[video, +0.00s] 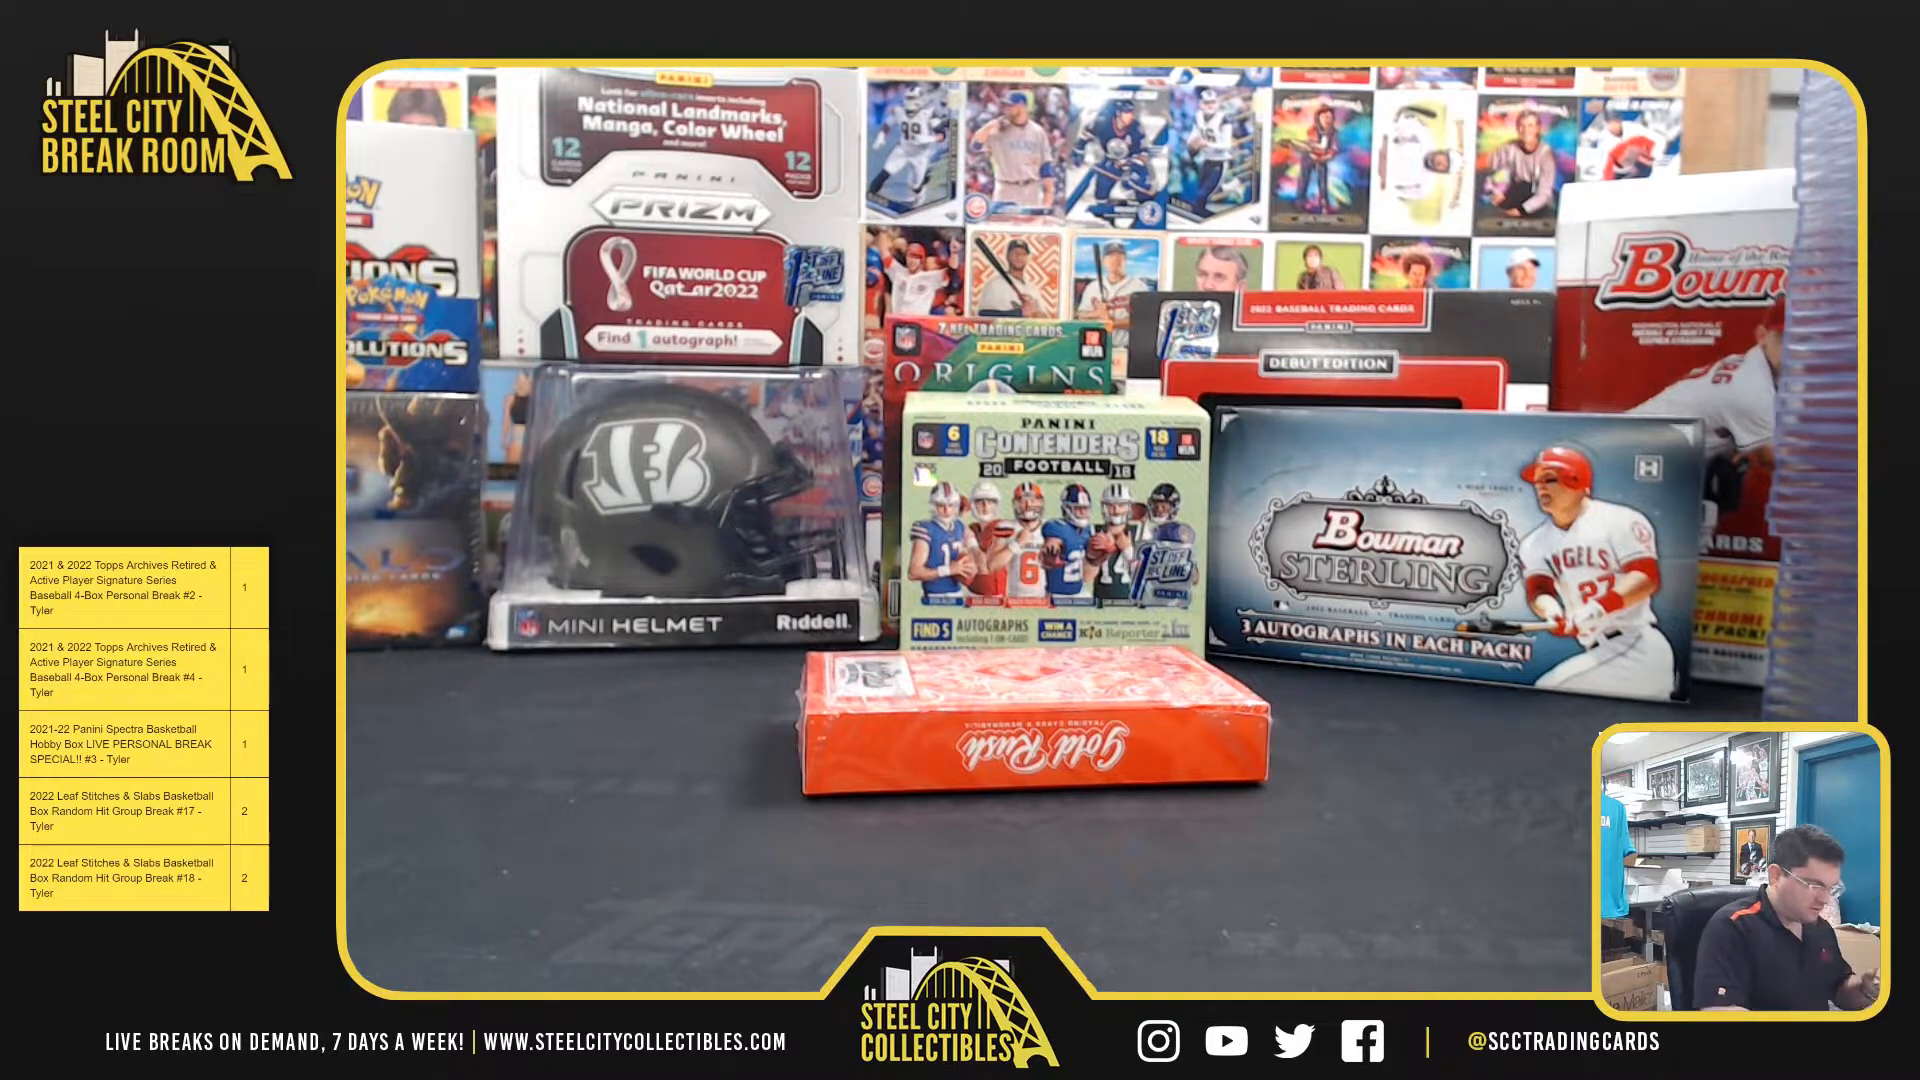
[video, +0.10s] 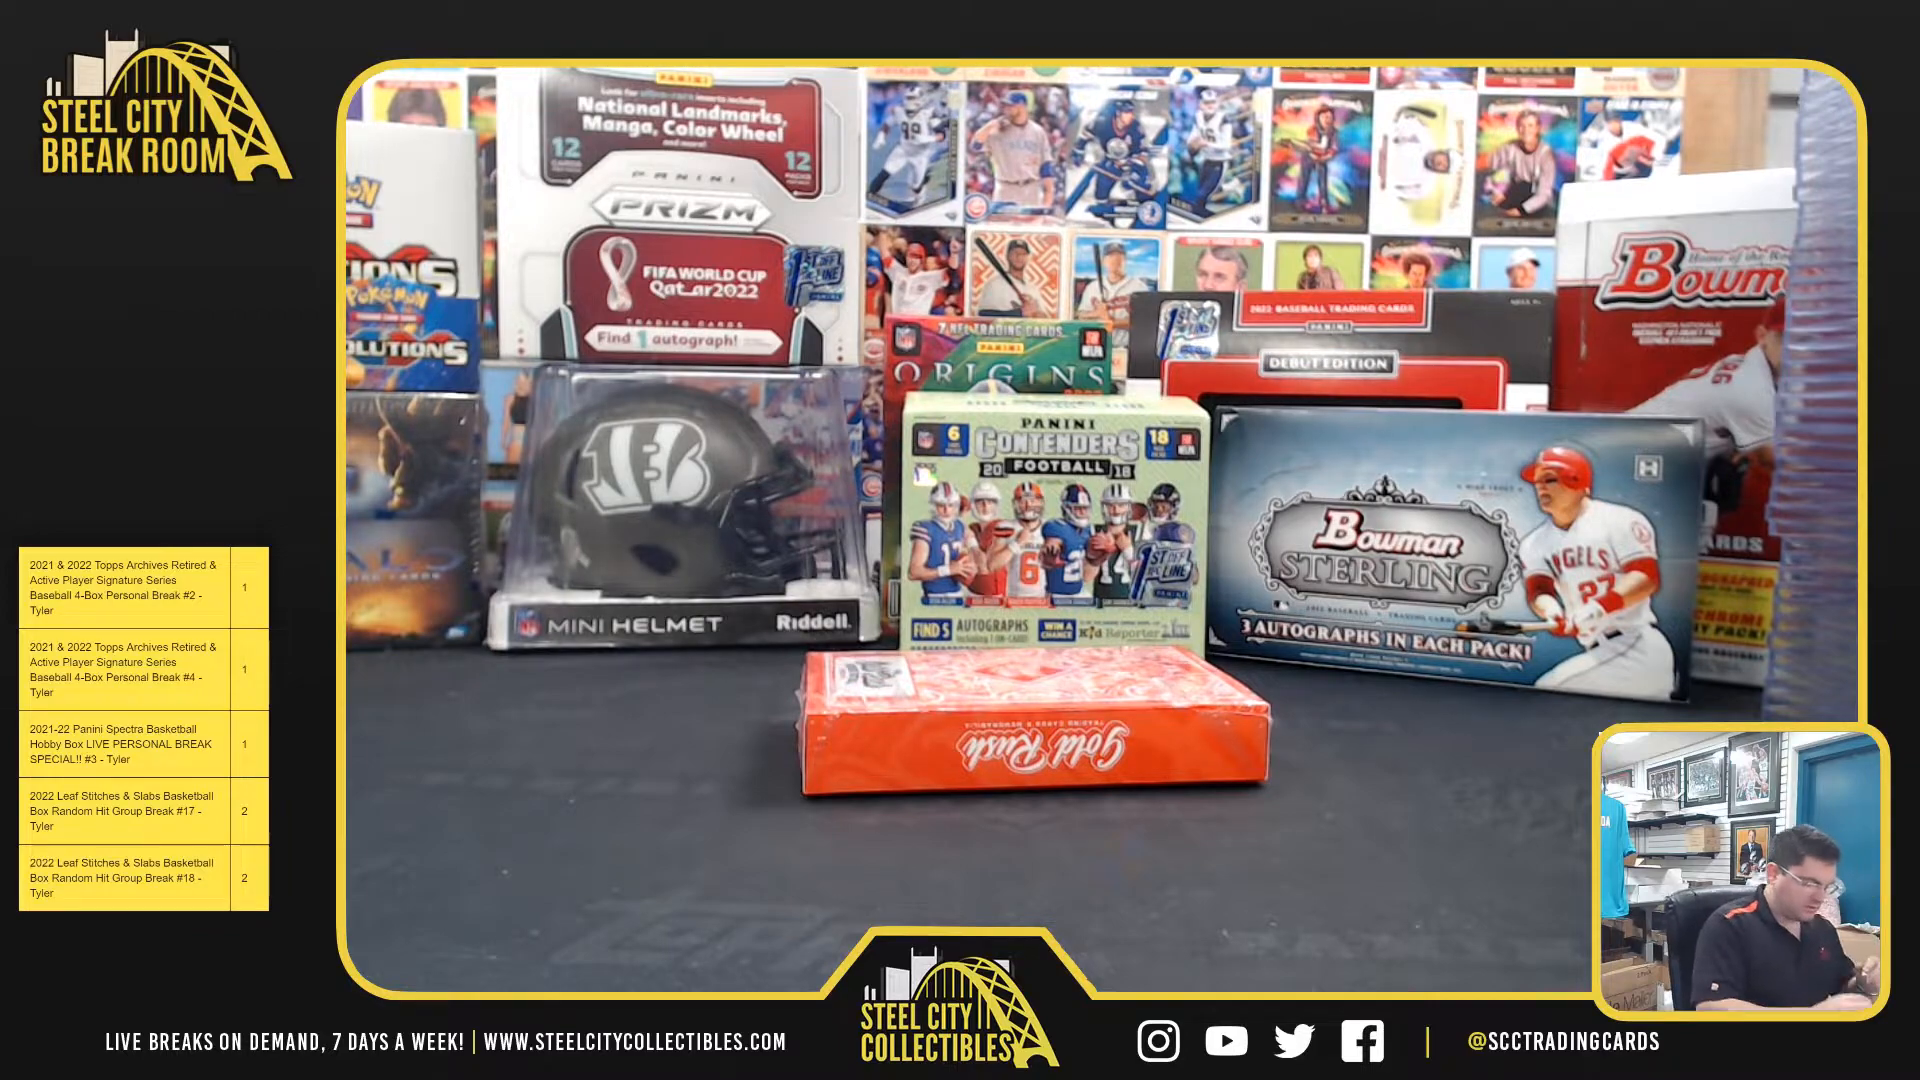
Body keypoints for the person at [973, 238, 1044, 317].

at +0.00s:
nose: (1019, 258)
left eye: (1023, 254)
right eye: (1016, 254)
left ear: (1028, 258)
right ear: (1008, 256)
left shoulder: (1032, 289)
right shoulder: (995, 285)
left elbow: (1044, 317)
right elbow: (985, 315)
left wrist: (1034, 311)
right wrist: (1020, 313)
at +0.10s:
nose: (1019, 258)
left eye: (1023, 254)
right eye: (1016, 254)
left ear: (1028, 258)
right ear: (1008, 256)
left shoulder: (1033, 289)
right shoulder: (995, 285)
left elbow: (1044, 318)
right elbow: (985, 315)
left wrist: (1034, 311)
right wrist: (1020, 313)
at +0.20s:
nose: (1019, 258)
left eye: (1023, 254)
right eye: (1015, 254)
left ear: (1028, 257)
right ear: (1008, 256)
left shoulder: (1032, 289)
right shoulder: (995, 284)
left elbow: (1045, 317)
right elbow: (985, 314)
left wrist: (1034, 311)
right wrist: (1020, 313)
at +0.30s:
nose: (1019, 258)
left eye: (1023, 254)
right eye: (1015, 254)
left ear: (1028, 257)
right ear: (1008, 256)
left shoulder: (1032, 289)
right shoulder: (995, 284)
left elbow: (1045, 317)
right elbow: (985, 314)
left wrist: (1034, 311)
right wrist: (1020, 313)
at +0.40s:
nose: (1019, 258)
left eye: (1023, 254)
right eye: (1015, 254)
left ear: (1028, 257)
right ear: (1008, 256)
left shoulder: (1032, 289)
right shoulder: (995, 284)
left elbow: (1045, 317)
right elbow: (985, 314)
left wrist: (1034, 311)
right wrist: (1020, 313)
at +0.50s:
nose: (1019, 258)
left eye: (1023, 254)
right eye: (1015, 254)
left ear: (1028, 257)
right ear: (1008, 256)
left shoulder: (1032, 289)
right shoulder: (995, 284)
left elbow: (1045, 317)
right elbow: (985, 314)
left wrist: (1034, 311)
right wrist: (1020, 313)